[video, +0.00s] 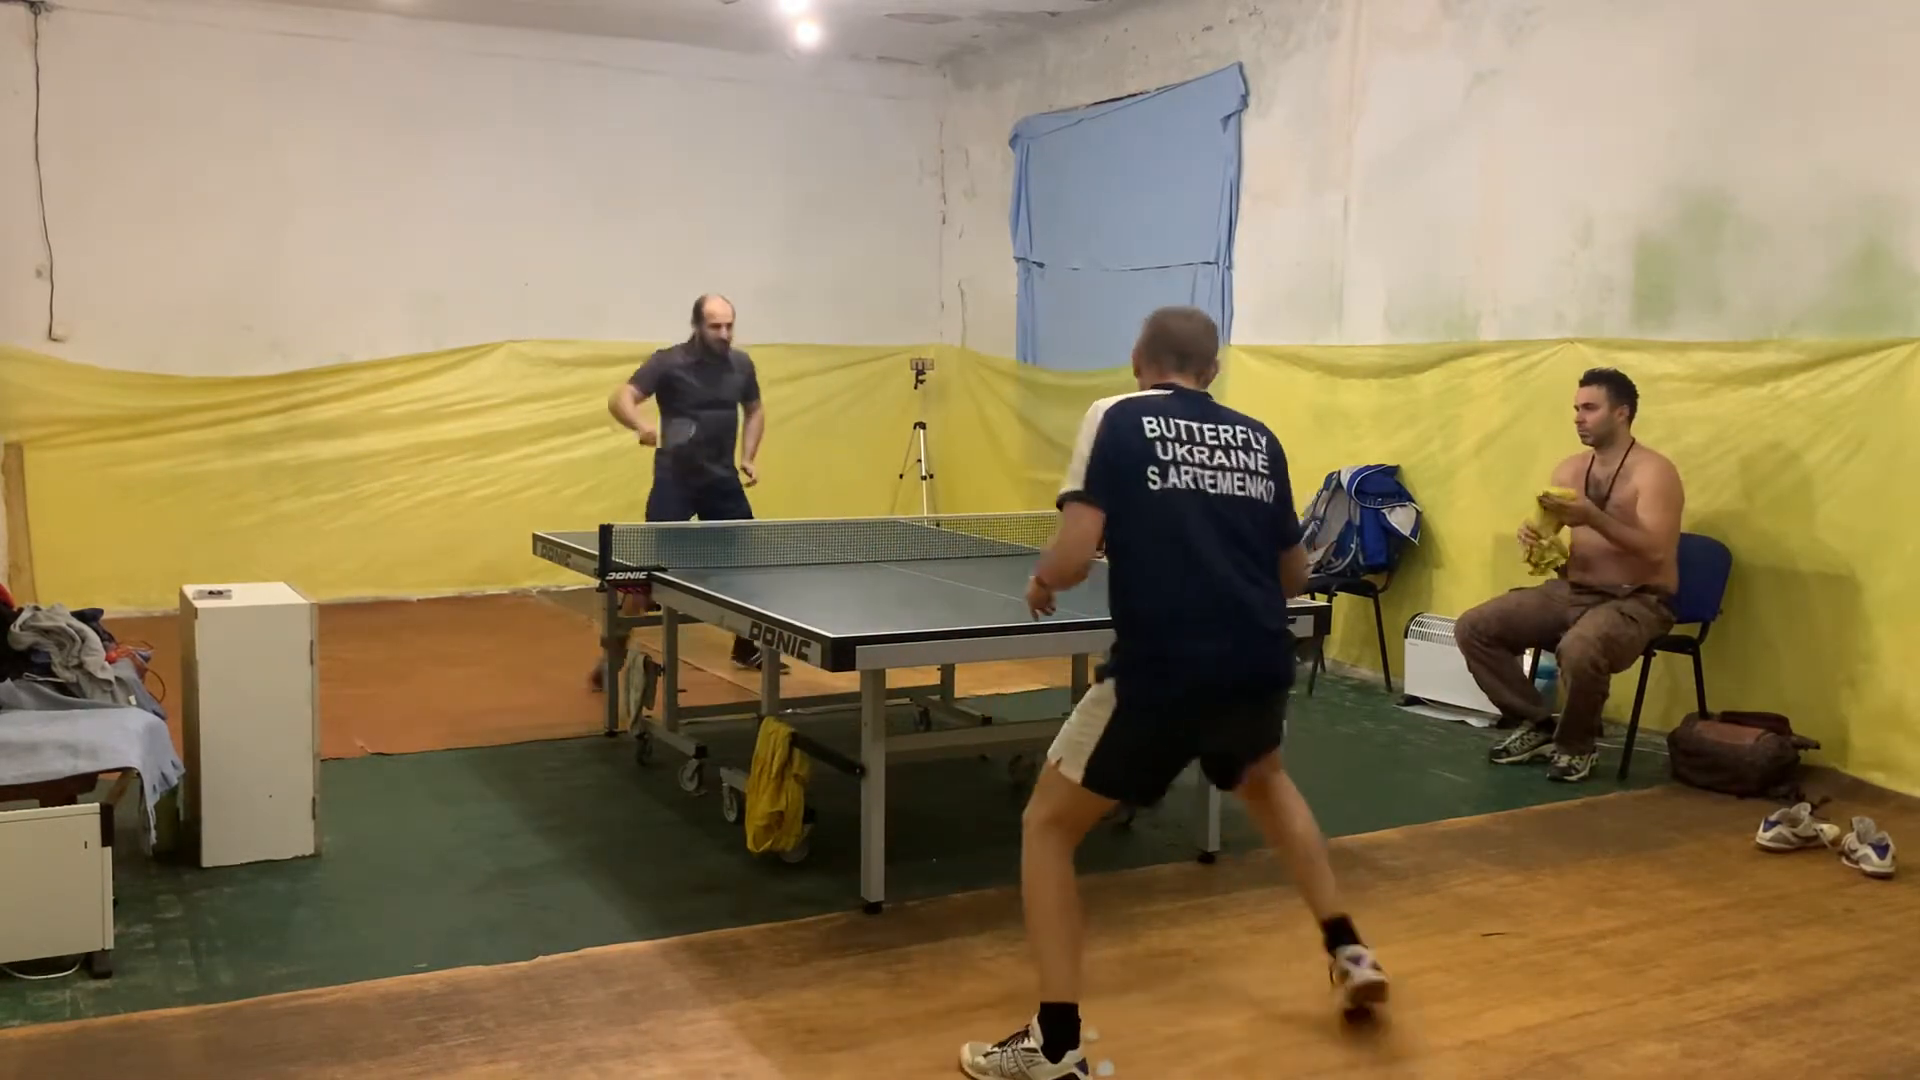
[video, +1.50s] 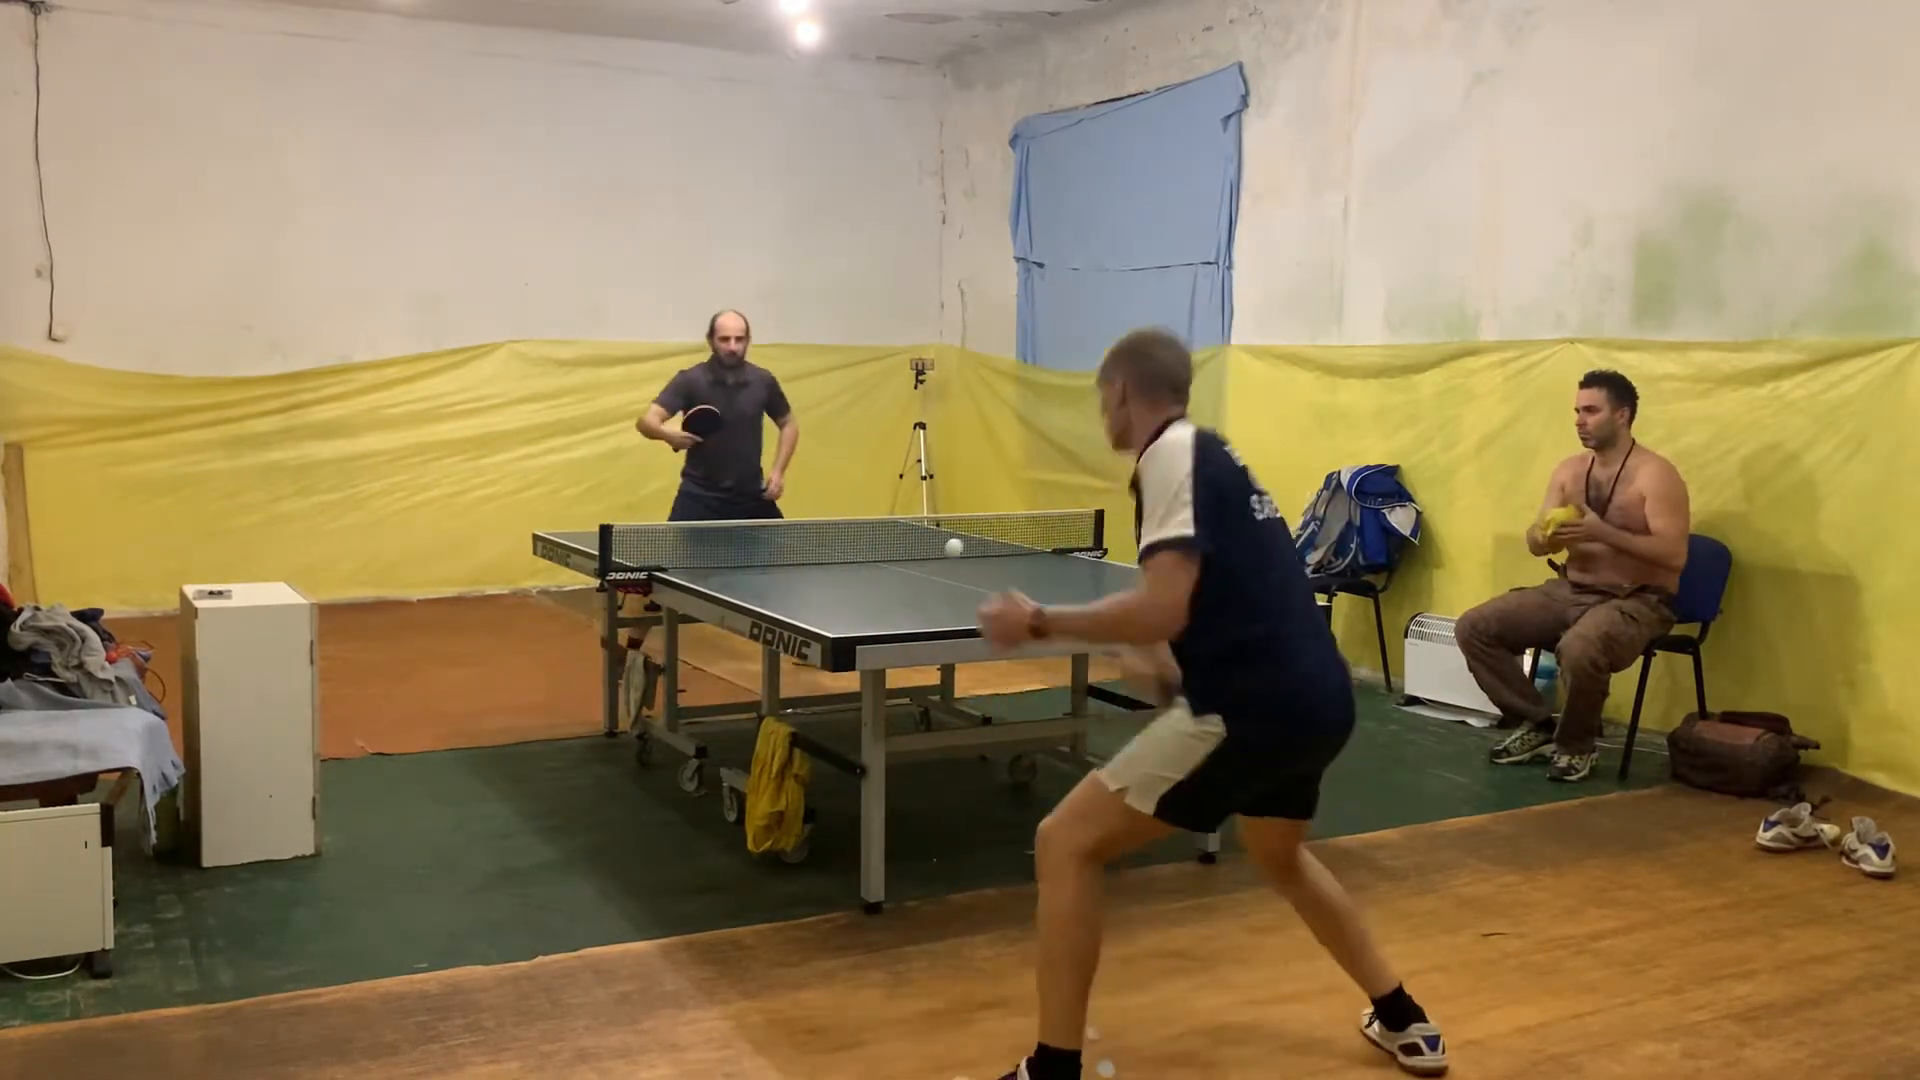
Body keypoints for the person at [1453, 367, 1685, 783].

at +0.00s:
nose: (1577, 417)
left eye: (1588, 408)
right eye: (1576, 408)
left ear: (1623, 412)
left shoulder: (1654, 473)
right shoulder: (1571, 469)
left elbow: (1655, 550)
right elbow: (1549, 541)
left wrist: (1592, 517)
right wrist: (1536, 541)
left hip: (1638, 600)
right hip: (1573, 592)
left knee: (1579, 650)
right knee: (1475, 629)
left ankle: (1576, 746)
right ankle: (1535, 722)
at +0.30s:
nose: (1577, 418)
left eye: (1588, 409)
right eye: (1575, 410)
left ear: (1621, 414)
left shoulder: (1656, 473)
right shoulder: (1570, 470)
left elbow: (1675, 551)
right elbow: (1544, 528)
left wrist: (1606, 531)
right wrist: (1533, 531)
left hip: (1637, 599)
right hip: (1571, 592)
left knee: (1579, 650)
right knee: (1475, 629)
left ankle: (1577, 746)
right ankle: (1534, 721)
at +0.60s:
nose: (1577, 418)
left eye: (1588, 408)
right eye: (1577, 409)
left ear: (1622, 413)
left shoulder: (1656, 474)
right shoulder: (1569, 470)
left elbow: (1665, 557)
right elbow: (1543, 542)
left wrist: (1586, 536)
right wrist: (1537, 536)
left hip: (1637, 600)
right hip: (1572, 591)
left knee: (1578, 649)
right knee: (1475, 629)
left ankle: (1577, 745)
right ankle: (1535, 722)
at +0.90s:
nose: (1576, 419)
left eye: (1587, 409)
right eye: (1576, 410)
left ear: (1621, 415)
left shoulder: (1656, 475)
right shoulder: (1569, 470)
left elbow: (1664, 557)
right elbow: (1540, 546)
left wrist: (1589, 536)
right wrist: (1544, 534)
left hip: (1637, 599)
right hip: (1572, 591)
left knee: (1579, 649)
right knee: (1475, 629)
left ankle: (1577, 746)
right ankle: (1535, 721)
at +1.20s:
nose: (1578, 419)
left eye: (1589, 410)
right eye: (1577, 410)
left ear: (1623, 415)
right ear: (1576, 414)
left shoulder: (1655, 475)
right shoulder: (1570, 471)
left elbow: (1667, 557)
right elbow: (1538, 544)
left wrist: (1592, 535)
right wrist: (1547, 535)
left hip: (1638, 599)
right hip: (1573, 591)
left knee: (1579, 649)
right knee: (1475, 629)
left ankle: (1577, 746)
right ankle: (1535, 721)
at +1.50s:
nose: (1579, 420)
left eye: (1590, 410)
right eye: (1577, 411)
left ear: (1623, 415)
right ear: (1576, 414)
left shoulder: (1656, 475)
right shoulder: (1569, 471)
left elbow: (1673, 556)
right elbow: (1536, 545)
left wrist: (1602, 533)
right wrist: (1545, 534)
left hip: (1638, 599)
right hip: (1573, 591)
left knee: (1578, 650)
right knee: (1475, 629)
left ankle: (1577, 746)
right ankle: (1535, 721)